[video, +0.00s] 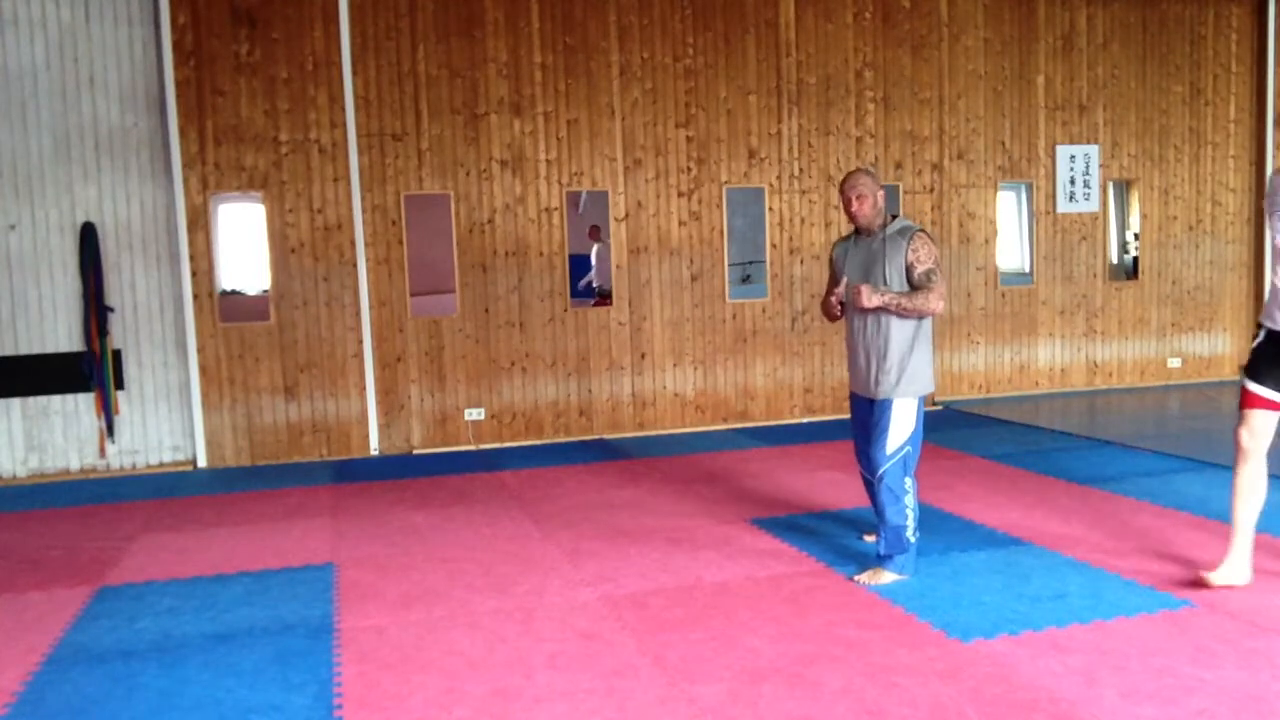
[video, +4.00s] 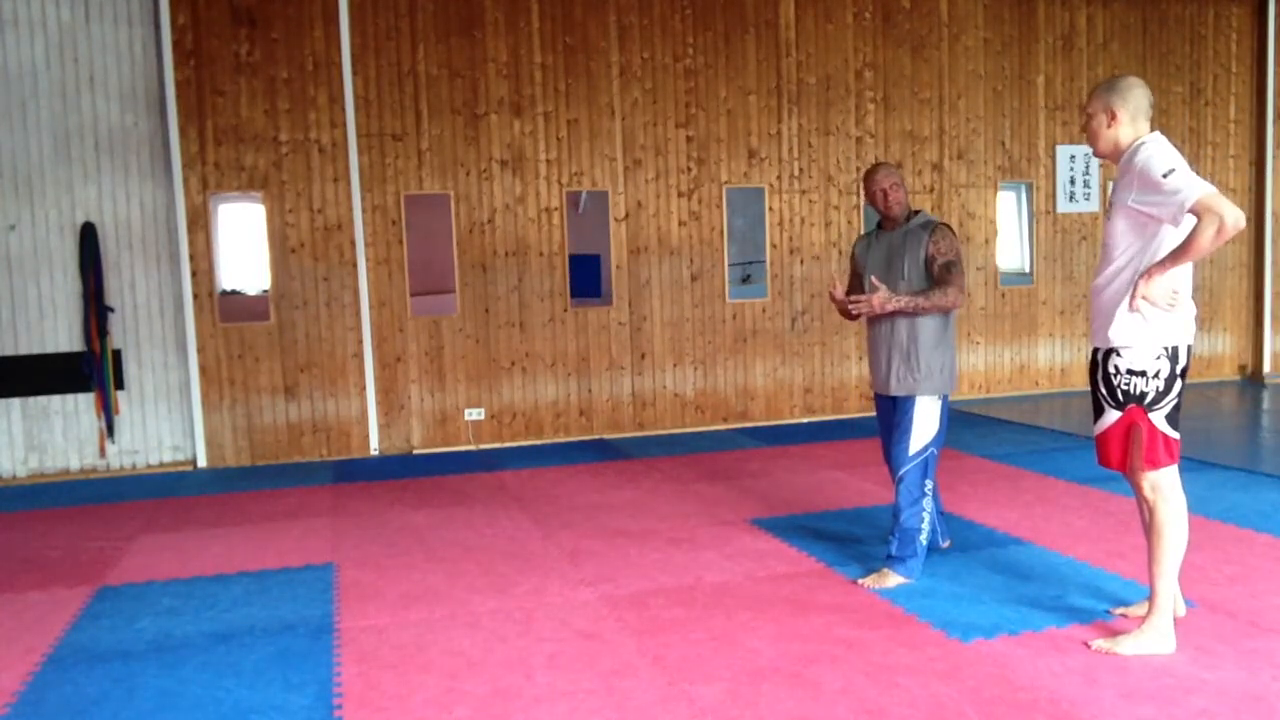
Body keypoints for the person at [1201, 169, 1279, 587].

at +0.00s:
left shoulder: (1272, 189)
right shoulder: (1274, 188)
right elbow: (1274, 262)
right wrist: (1261, 328)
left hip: (1273, 330)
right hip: (1273, 327)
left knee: (1252, 441)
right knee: (1250, 440)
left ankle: (1239, 559)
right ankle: (1238, 559)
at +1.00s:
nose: (1116, 144)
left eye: (1121, 132)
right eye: (1118, 133)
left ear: (1148, 131)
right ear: (1150, 131)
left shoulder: (1205, 180)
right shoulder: (1164, 185)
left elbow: (1242, 274)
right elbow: (1171, 273)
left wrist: (1210, 365)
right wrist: (1143, 346)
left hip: (1170, 353)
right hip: (1150, 348)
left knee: (1148, 474)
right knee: (1171, 465)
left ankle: (1155, 624)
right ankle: (1193, 575)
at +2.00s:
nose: (1083, 135)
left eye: (1087, 123)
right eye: (1082, 125)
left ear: (1115, 119)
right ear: (1120, 118)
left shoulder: (1161, 169)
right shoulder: (1144, 170)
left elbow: (1178, 274)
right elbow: (1150, 271)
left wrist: (1157, 368)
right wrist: (1122, 352)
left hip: (1155, 355)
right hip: (1135, 352)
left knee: (1157, 481)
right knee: (1155, 479)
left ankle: (1161, 625)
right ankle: (1169, 598)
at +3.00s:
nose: (1078, 127)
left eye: (1085, 116)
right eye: (1079, 117)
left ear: (1114, 116)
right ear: (1116, 115)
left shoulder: (1145, 159)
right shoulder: (1130, 164)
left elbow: (1220, 221)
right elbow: (1200, 221)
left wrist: (1174, 300)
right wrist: (1136, 303)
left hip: (1141, 343)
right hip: (1131, 341)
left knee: (1152, 477)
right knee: (1150, 474)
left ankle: (1159, 624)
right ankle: (1167, 594)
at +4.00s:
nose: (1085, 131)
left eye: (1090, 119)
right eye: (1086, 120)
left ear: (1114, 117)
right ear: (1127, 116)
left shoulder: (1146, 157)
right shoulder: (1149, 157)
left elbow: (1223, 215)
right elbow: (1228, 219)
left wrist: (1161, 269)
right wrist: (1161, 268)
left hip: (1139, 339)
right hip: (1148, 338)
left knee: (1152, 477)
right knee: (1153, 473)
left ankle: (1160, 625)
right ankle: (1167, 593)